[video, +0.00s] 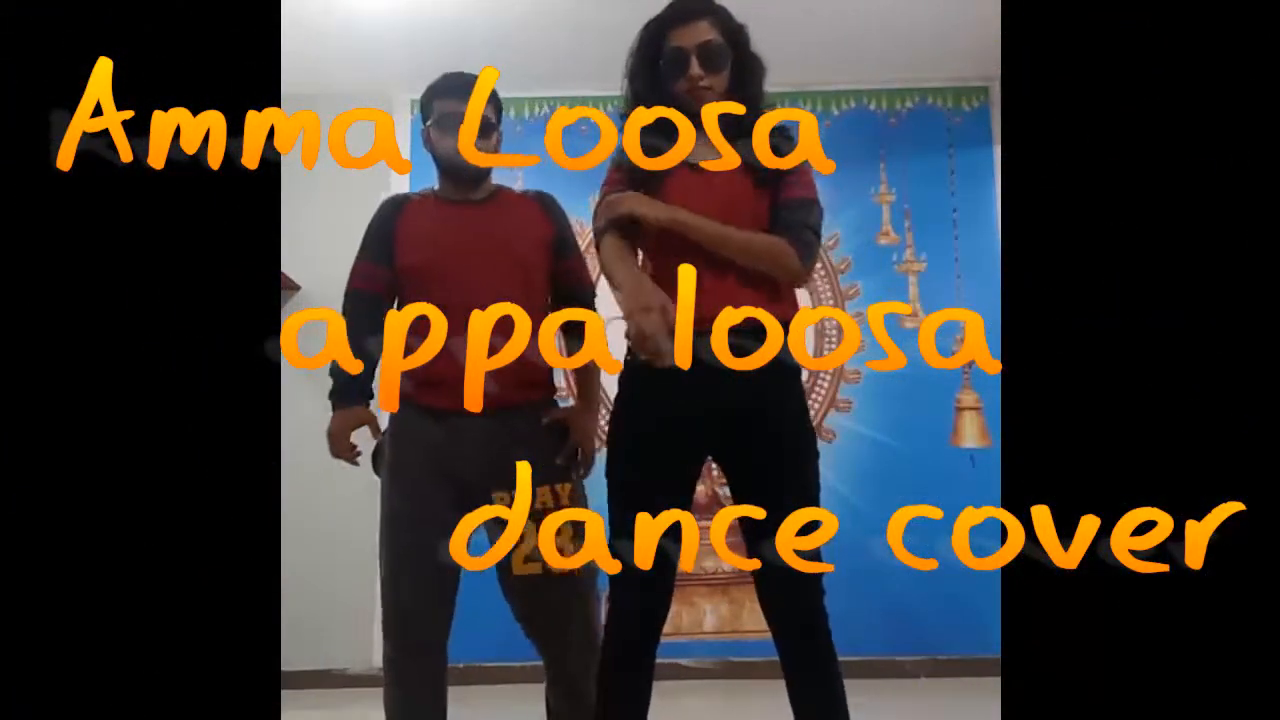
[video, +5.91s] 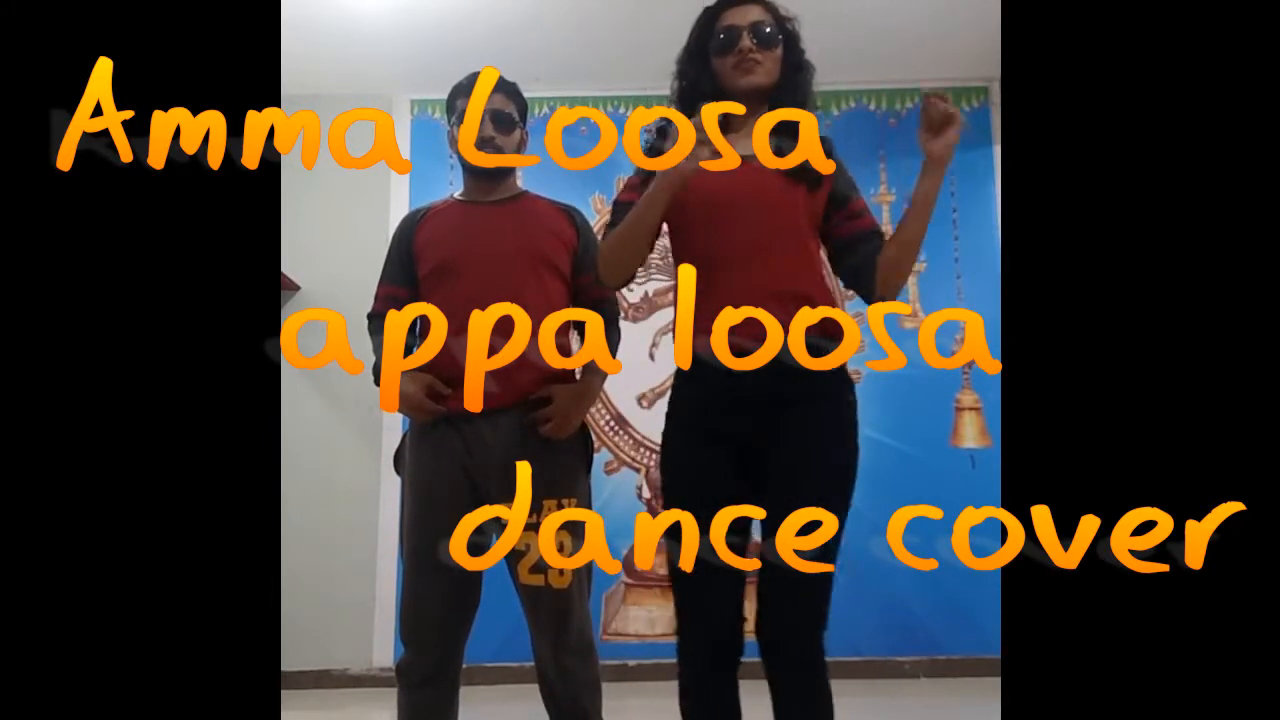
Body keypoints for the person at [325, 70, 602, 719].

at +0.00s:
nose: (466, 135)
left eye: (481, 123)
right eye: (449, 124)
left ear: (499, 132)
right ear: (427, 136)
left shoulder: (542, 215)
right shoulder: (397, 217)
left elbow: (577, 315)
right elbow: (361, 317)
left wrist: (588, 404)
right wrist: (347, 398)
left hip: (530, 440)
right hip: (423, 443)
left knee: (570, 628)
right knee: (413, 625)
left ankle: (579, 716)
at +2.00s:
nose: (496, 141)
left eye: (510, 131)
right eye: (483, 130)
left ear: (529, 145)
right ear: (459, 140)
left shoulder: (568, 230)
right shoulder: (426, 235)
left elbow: (607, 317)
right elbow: (386, 334)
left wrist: (590, 378)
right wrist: (398, 389)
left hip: (546, 438)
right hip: (447, 442)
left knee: (563, 623)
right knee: (430, 625)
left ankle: (580, 719)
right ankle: (422, 719)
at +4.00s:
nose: (491, 129)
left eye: (504, 117)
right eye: (476, 117)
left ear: (521, 131)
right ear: (452, 129)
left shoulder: (559, 204)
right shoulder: (420, 206)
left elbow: (596, 294)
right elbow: (384, 292)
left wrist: (583, 366)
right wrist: (406, 357)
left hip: (540, 428)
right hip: (441, 432)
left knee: (559, 609)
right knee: (432, 611)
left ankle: (578, 716)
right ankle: (424, 718)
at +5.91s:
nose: (490, 131)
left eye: (504, 121)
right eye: (476, 120)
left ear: (523, 136)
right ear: (453, 132)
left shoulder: (565, 222)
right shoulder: (418, 227)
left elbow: (604, 318)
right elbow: (385, 320)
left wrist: (588, 385)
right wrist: (394, 375)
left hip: (543, 440)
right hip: (442, 442)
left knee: (563, 626)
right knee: (429, 627)